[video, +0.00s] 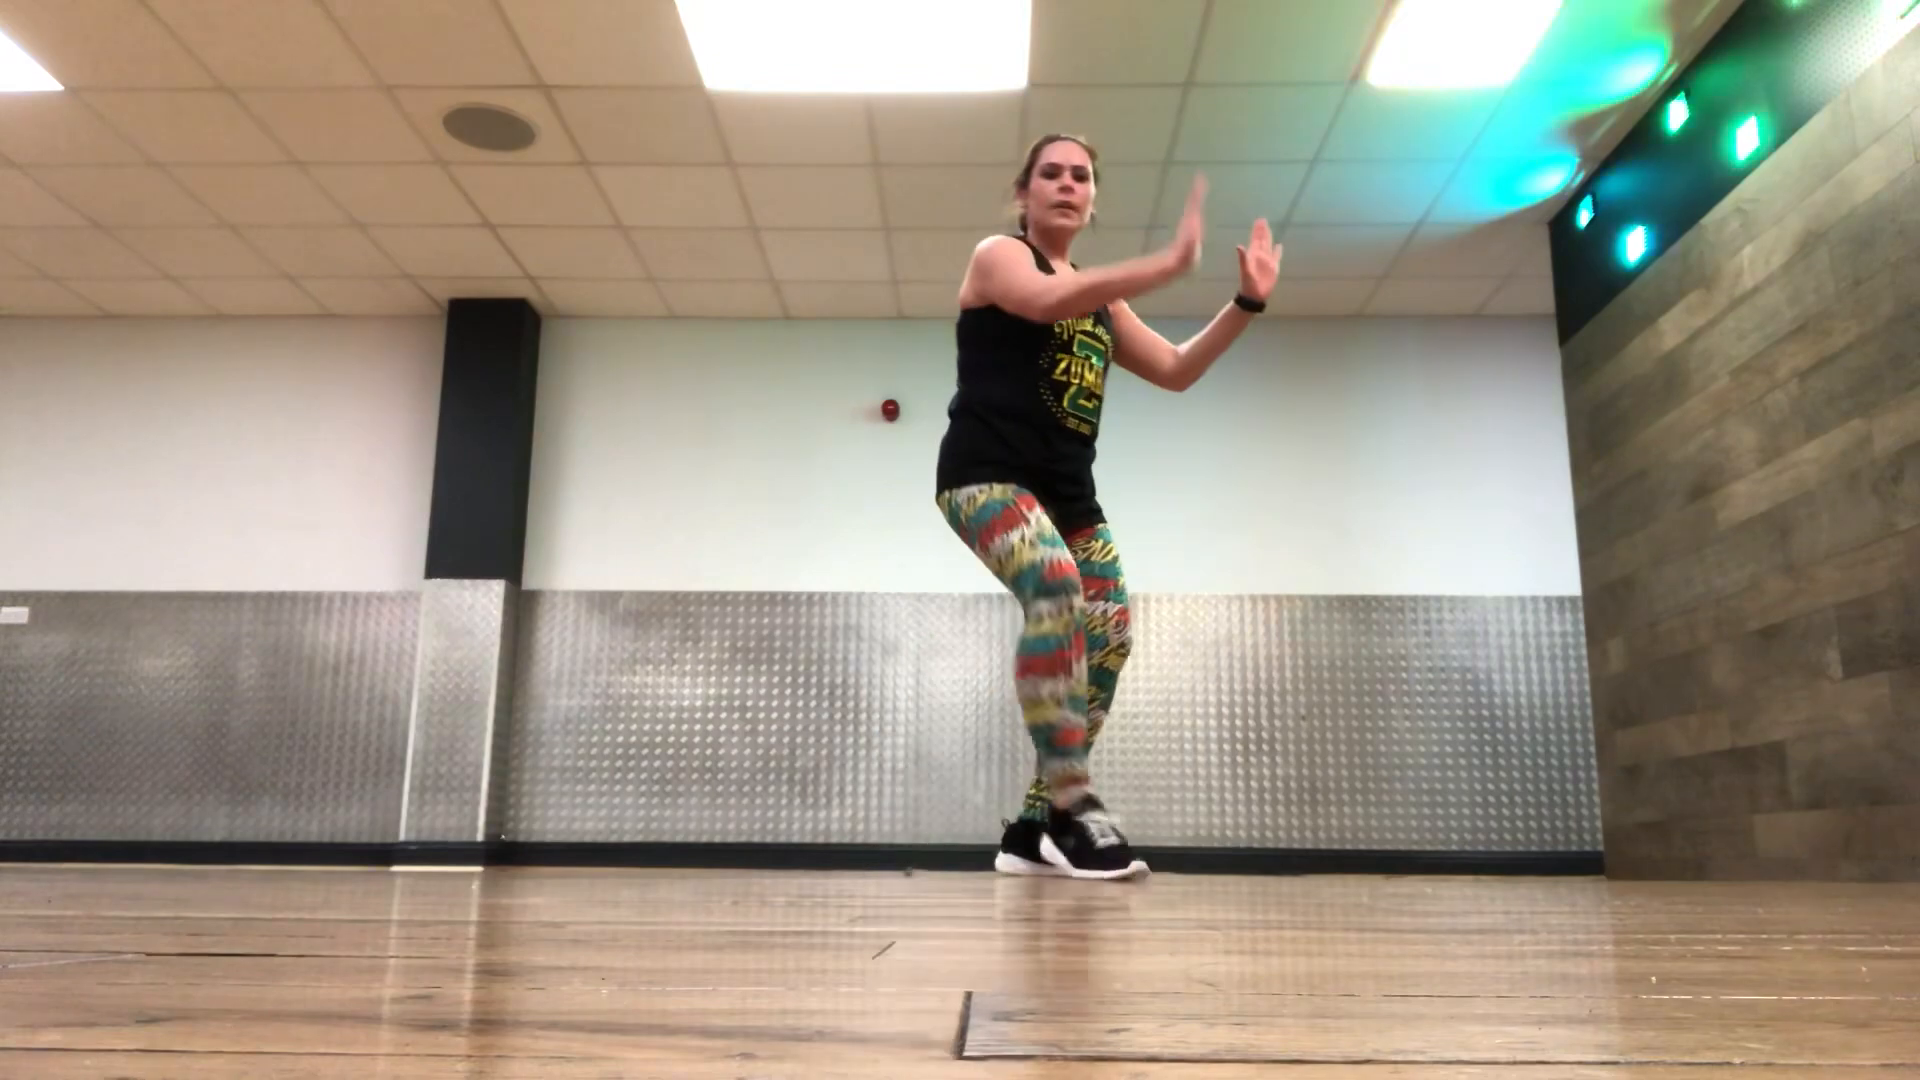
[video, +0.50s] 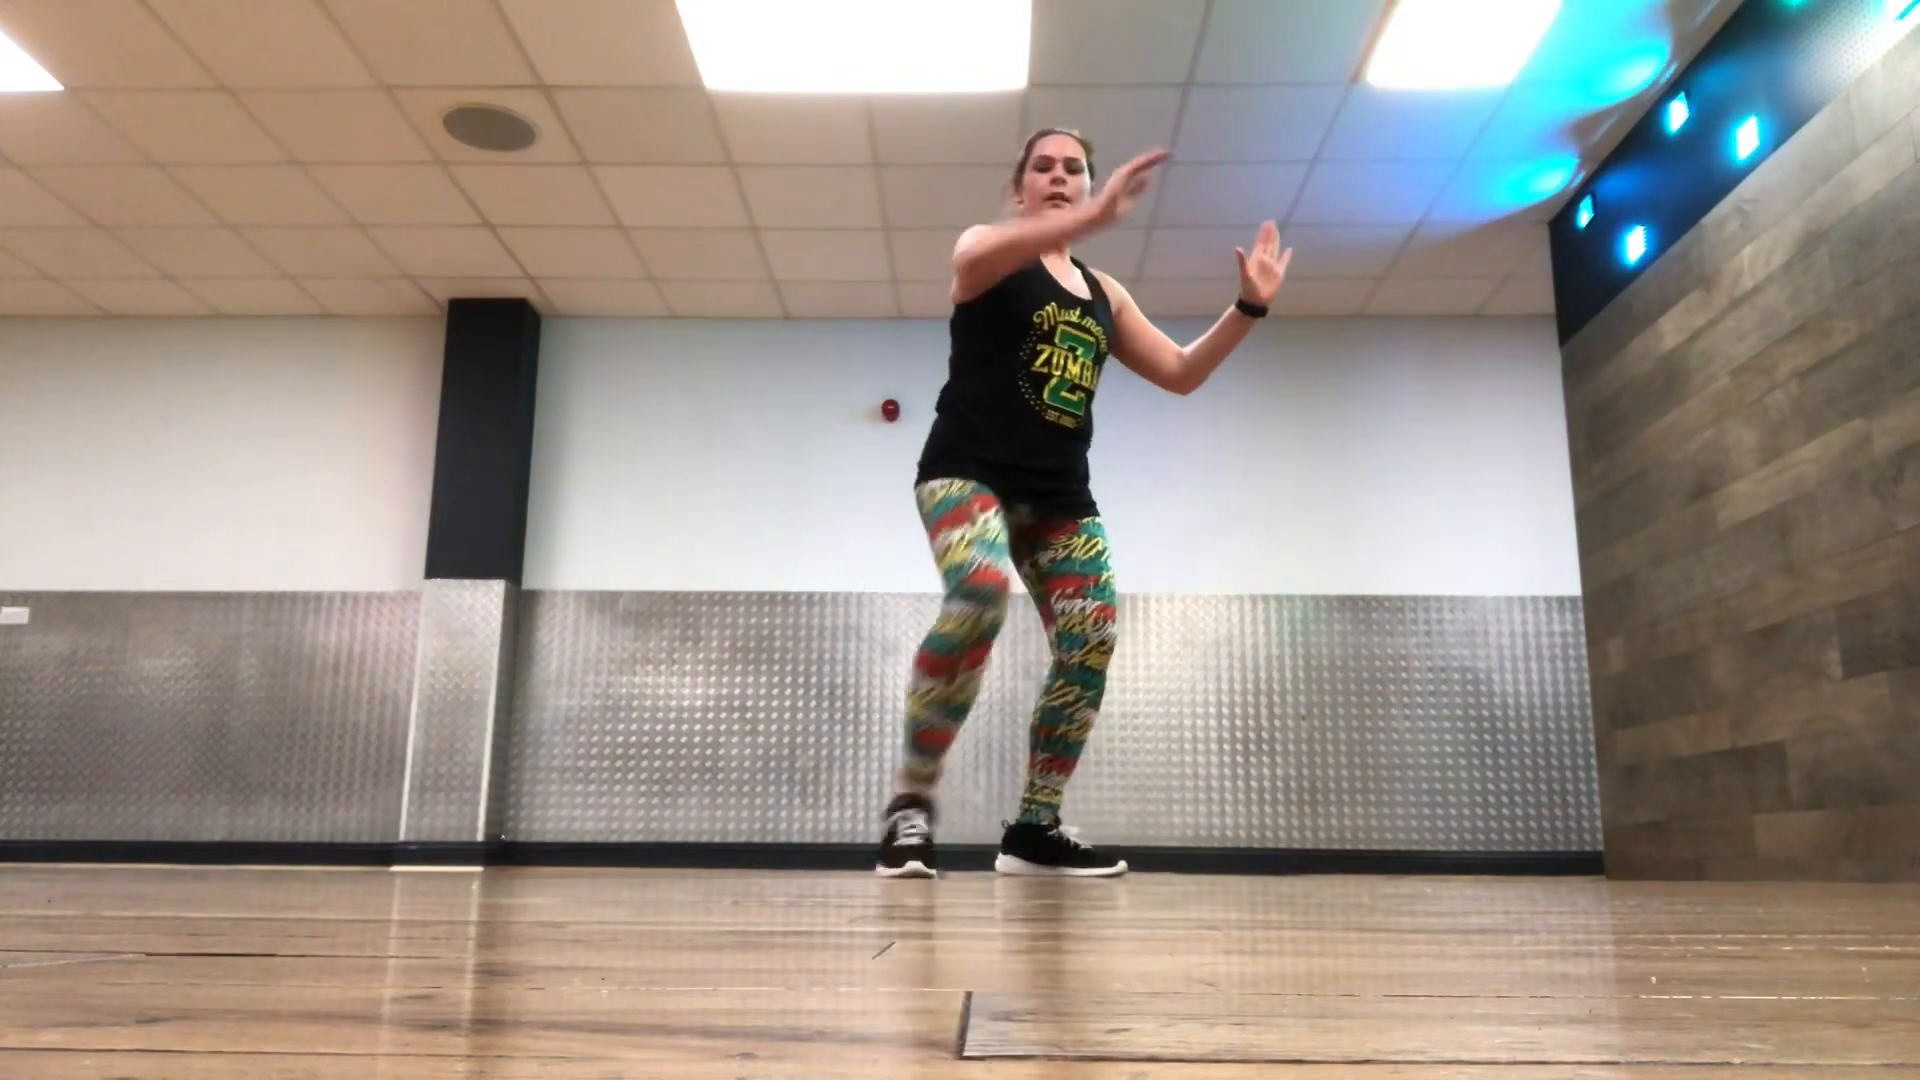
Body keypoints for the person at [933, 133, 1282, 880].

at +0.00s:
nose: (1070, 184)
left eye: (1082, 176)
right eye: (1054, 173)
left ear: (1094, 200)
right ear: (1023, 193)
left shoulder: (1097, 301)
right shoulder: (996, 256)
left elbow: (1176, 368)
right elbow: (1048, 300)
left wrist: (1245, 304)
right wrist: (1163, 263)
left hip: (1067, 491)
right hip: (986, 478)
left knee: (1108, 632)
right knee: (1053, 588)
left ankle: (1035, 822)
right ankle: (1072, 810)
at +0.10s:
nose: (1071, 189)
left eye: (1083, 181)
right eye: (1056, 178)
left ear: (1096, 204)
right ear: (1025, 197)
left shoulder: (1098, 305)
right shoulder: (998, 259)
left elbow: (1181, 373)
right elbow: (1045, 297)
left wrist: (1249, 309)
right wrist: (1171, 293)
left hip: (1071, 489)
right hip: (990, 479)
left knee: (1114, 636)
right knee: (1062, 612)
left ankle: (1036, 825)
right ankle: (1073, 820)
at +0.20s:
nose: (1069, 185)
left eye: (1082, 177)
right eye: (1054, 174)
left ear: (1100, 200)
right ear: (1024, 197)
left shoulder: (1103, 299)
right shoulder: (997, 258)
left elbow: (1183, 373)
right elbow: (1023, 247)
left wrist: (1252, 309)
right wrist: (1153, 239)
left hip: (1071, 493)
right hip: (986, 477)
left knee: (1108, 633)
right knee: (1047, 589)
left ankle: (1036, 822)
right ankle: (1072, 812)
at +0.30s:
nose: (1069, 177)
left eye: (1081, 168)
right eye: (1055, 166)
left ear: (1099, 194)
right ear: (1026, 190)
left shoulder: (1105, 298)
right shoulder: (1000, 262)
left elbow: (1185, 371)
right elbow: (1014, 202)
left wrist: (1252, 308)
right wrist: (1131, 178)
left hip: (1068, 492)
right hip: (981, 473)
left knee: (1096, 637)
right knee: (1029, 567)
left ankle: (1035, 822)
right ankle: (1035, 790)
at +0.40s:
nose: (1064, 174)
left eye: (1076, 164)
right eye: (1049, 163)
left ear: (1093, 195)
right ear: (1021, 187)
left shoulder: (1104, 295)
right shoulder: (996, 259)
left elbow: (1183, 370)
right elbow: (1002, 209)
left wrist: (1251, 306)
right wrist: (1111, 163)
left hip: (1064, 489)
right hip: (975, 469)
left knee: (1089, 641)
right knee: (1004, 568)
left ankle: (1037, 826)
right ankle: (972, 788)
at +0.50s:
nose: (1059, 178)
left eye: (1073, 170)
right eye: (1044, 167)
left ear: (1087, 194)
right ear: (1016, 188)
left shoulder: (1105, 293)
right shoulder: (984, 251)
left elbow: (1179, 371)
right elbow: (981, 255)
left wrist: (1247, 308)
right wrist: (1095, 214)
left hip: (1057, 491)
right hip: (965, 473)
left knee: (1091, 632)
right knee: (981, 592)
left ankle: (1034, 828)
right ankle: (911, 809)